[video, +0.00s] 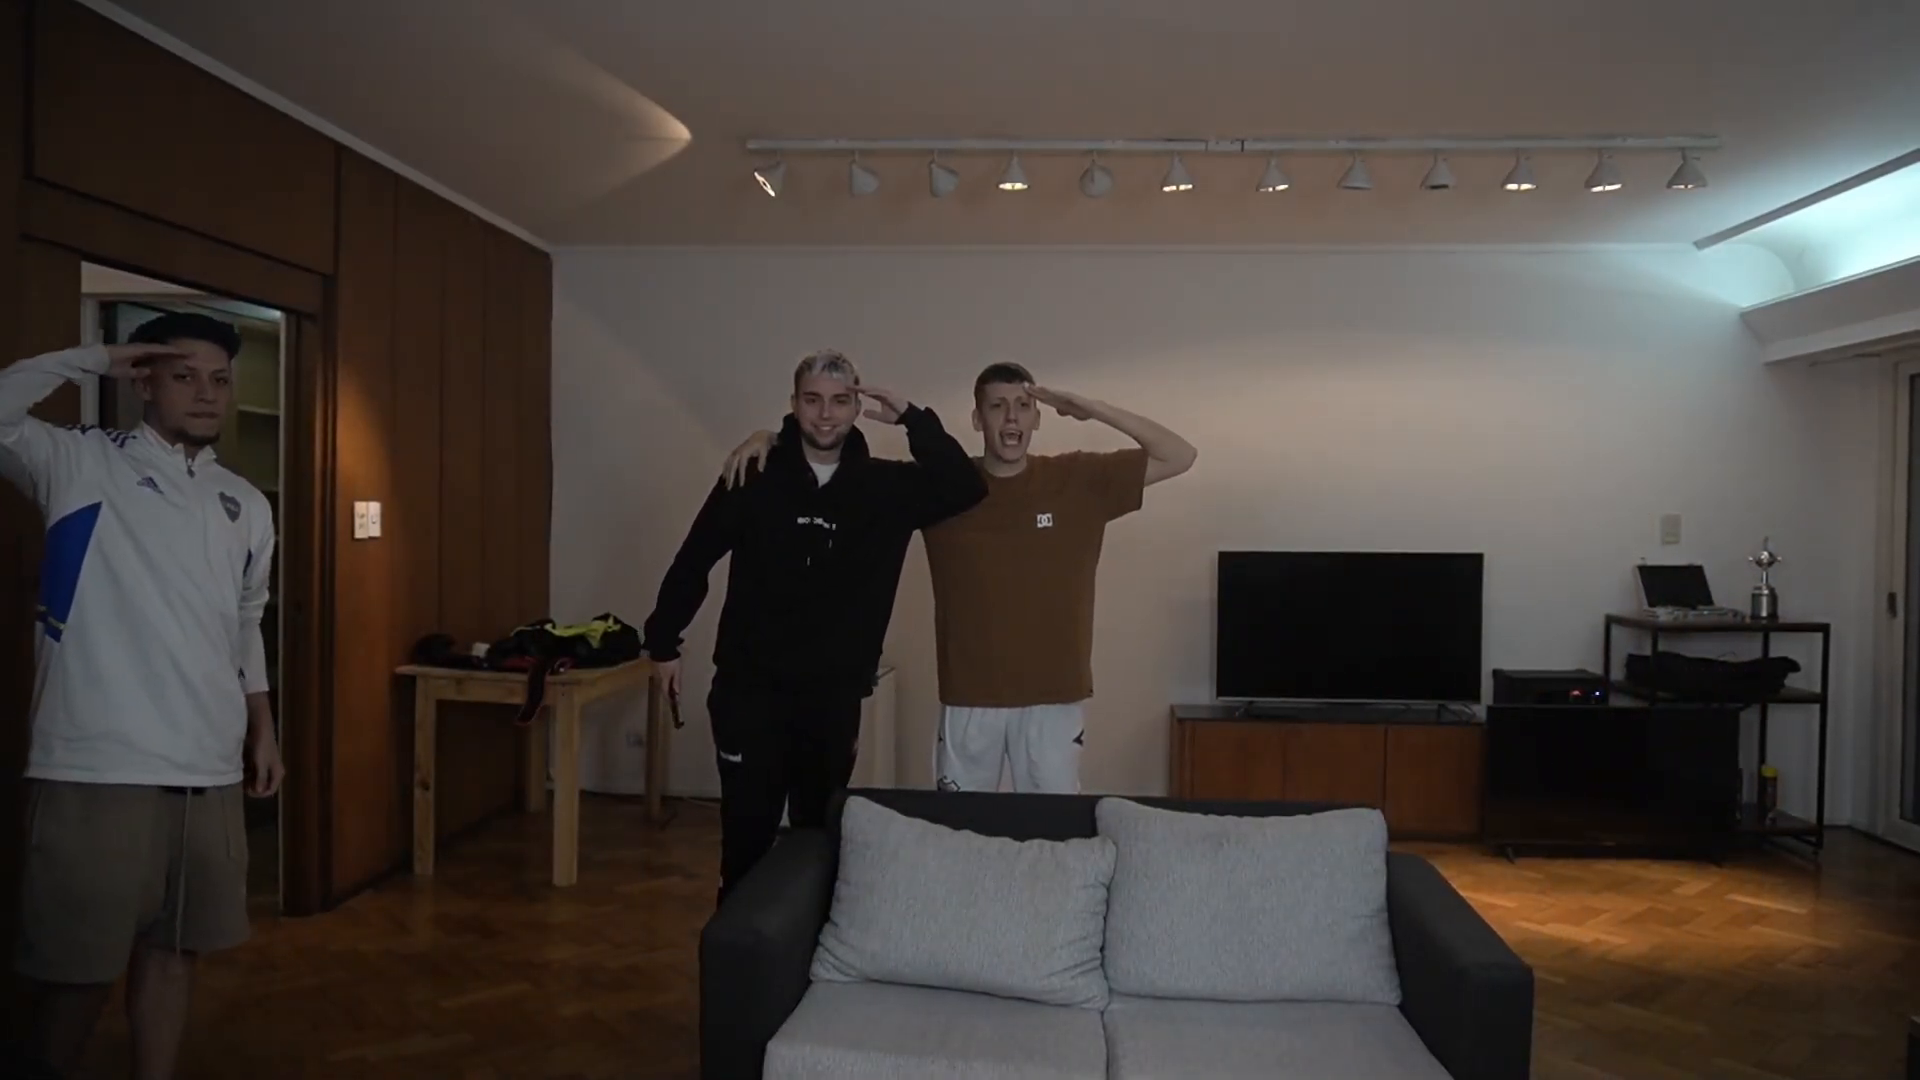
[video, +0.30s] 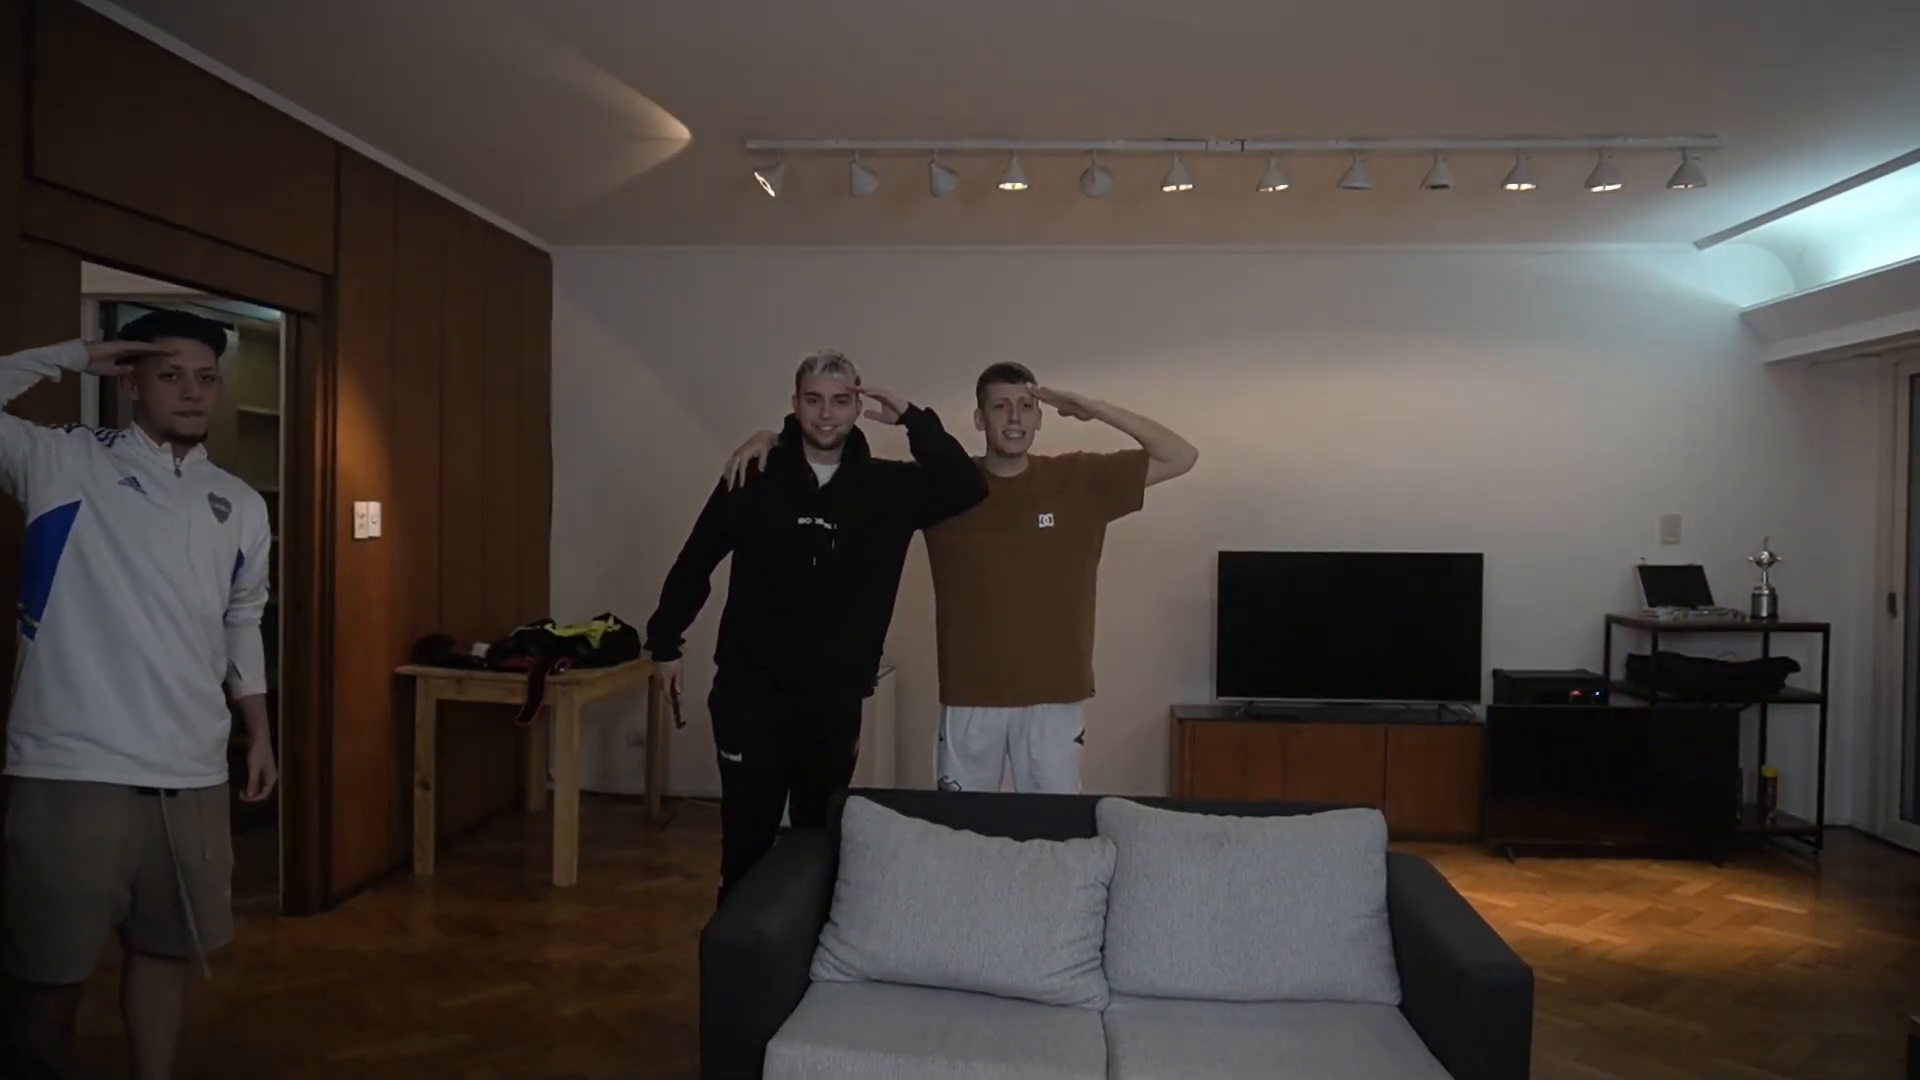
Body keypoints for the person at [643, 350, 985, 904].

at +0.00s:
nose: (826, 412)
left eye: (840, 400)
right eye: (813, 399)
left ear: (857, 410)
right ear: (794, 405)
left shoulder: (888, 486)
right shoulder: (754, 476)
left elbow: (965, 488)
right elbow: (695, 559)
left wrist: (914, 417)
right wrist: (664, 644)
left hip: (833, 690)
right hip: (750, 685)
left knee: (819, 832)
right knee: (748, 832)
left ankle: (814, 957)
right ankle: (739, 961)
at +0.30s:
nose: (826, 412)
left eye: (840, 400)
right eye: (814, 399)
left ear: (858, 410)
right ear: (795, 405)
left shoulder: (888, 486)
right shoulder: (754, 477)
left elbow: (966, 487)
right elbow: (697, 561)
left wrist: (914, 418)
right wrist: (666, 645)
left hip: (834, 690)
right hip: (751, 685)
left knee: (819, 831)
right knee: (748, 832)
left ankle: (815, 956)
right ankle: (739, 961)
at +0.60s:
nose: (826, 412)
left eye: (840, 400)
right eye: (814, 399)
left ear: (858, 410)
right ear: (795, 405)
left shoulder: (889, 487)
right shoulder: (755, 478)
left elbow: (967, 488)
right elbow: (696, 561)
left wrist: (915, 419)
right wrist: (665, 645)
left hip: (834, 690)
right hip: (751, 685)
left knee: (820, 830)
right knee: (748, 830)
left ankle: (815, 953)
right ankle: (739, 956)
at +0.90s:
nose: (825, 412)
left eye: (839, 400)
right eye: (813, 400)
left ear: (857, 410)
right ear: (794, 406)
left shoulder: (888, 487)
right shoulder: (754, 477)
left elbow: (966, 488)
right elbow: (695, 560)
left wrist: (914, 419)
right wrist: (664, 645)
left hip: (833, 690)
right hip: (750, 686)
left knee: (819, 832)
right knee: (748, 831)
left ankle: (814, 956)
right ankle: (739, 959)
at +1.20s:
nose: (823, 412)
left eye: (837, 400)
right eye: (810, 400)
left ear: (856, 410)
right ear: (792, 406)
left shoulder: (887, 486)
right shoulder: (753, 477)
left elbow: (964, 487)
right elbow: (694, 561)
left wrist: (912, 418)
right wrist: (662, 645)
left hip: (833, 691)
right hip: (749, 687)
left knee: (819, 834)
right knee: (747, 835)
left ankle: (814, 960)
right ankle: (738, 963)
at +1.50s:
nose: (823, 412)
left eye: (838, 400)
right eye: (811, 399)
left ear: (856, 409)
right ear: (793, 405)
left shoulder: (887, 486)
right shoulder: (753, 477)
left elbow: (965, 488)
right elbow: (694, 561)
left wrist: (913, 418)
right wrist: (661, 644)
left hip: (833, 693)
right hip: (748, 689)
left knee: (819, 836)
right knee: (747, 838)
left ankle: (815, 962)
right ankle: (738, 965)